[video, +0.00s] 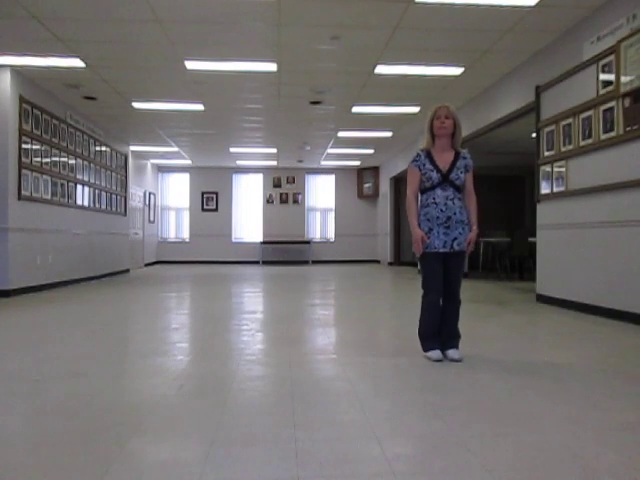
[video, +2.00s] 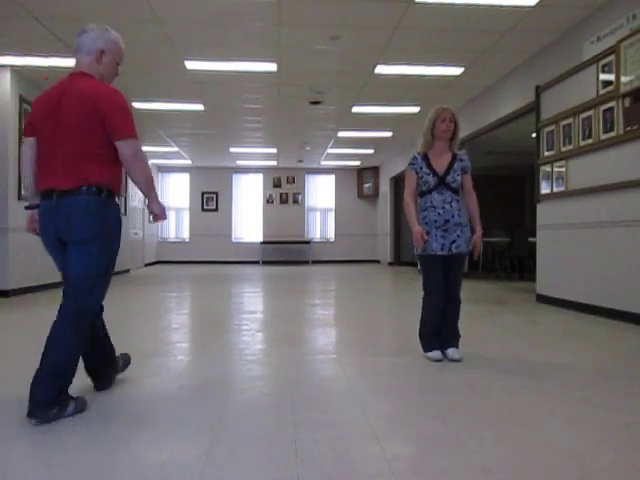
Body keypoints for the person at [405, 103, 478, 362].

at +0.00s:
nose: (443, 122)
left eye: (447, 118)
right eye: (438, 118)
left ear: (455, 125)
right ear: (431, 125)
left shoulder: (464, 158)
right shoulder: (420, 158)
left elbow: (469, 193)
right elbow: (411, 196)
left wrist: (474, 226)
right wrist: (414, 228)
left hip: (458, 229)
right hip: (430, 229)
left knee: (453, 290)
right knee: (432, 290)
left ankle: (450, 343)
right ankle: (431, 344)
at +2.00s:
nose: (447, 125)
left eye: (451, 122)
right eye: (443, 121)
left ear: (455, 128)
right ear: (432, 126)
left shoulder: (461, 160)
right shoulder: (418, 160)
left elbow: (470, 195)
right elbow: (409, 197)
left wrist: (477, 229)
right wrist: (415, 226)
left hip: (457, 231)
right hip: (429, 232)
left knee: (453, 291)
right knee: (434, 290)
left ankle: (451, 343)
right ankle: (431, 344)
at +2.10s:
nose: (444, 120)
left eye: (448, 117)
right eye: (439, 116)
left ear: (453, 124)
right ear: (430, 123)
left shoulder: (461, 157)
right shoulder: (417, 159)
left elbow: (470, 192)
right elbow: (409, 196)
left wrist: (479, 227)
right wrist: (412, 227)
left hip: (457, 229)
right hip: (429, 230)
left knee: (453, 289)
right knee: (434, 289)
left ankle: (451, 343)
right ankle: (432, 344)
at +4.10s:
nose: (441, 127)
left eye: (446, 123)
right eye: (437, 122)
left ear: (452, 127)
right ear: (428, 126)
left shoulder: (460, 156)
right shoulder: (416, 159)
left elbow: (472, 189)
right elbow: (409, 196)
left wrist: (482, 218)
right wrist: (410, 228)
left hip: (457, 230)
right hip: (429, 231)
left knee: (454, 289)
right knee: (431, 288)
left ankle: (451, 343)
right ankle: (431, 343)